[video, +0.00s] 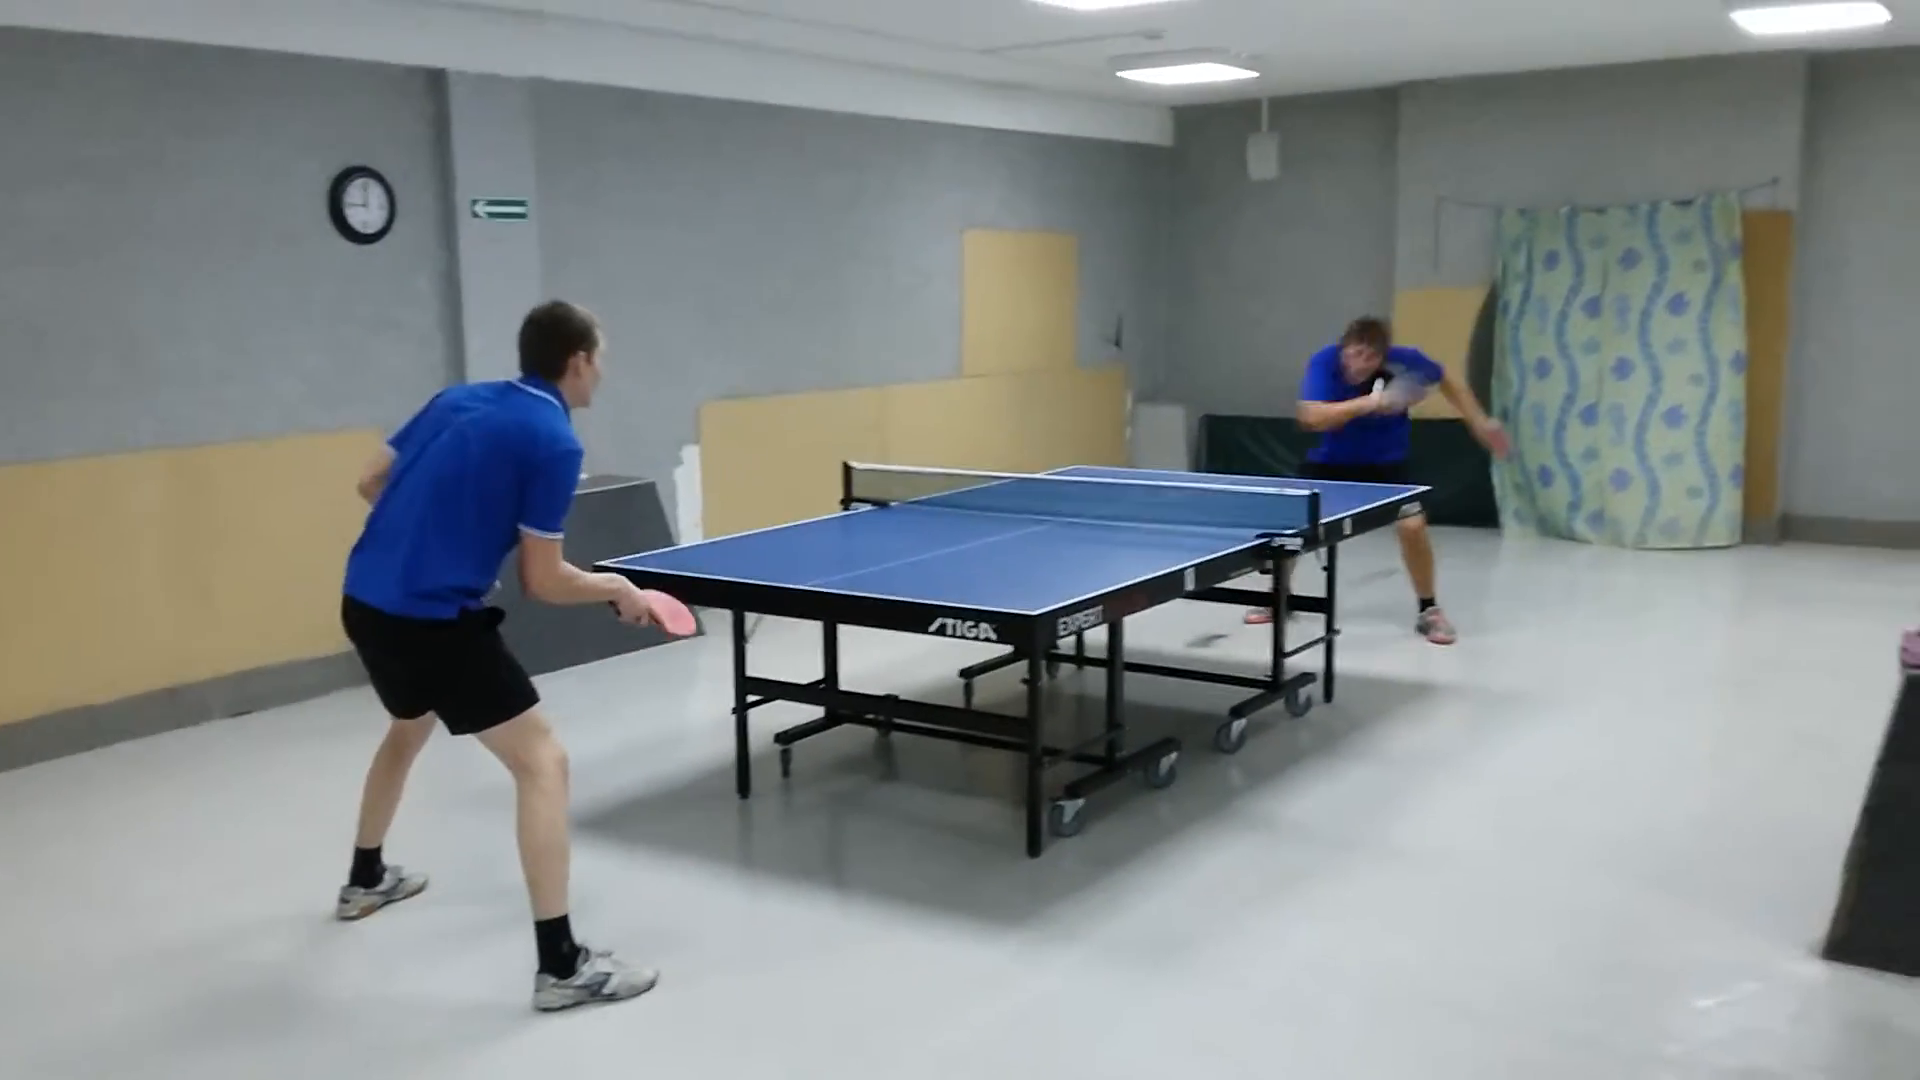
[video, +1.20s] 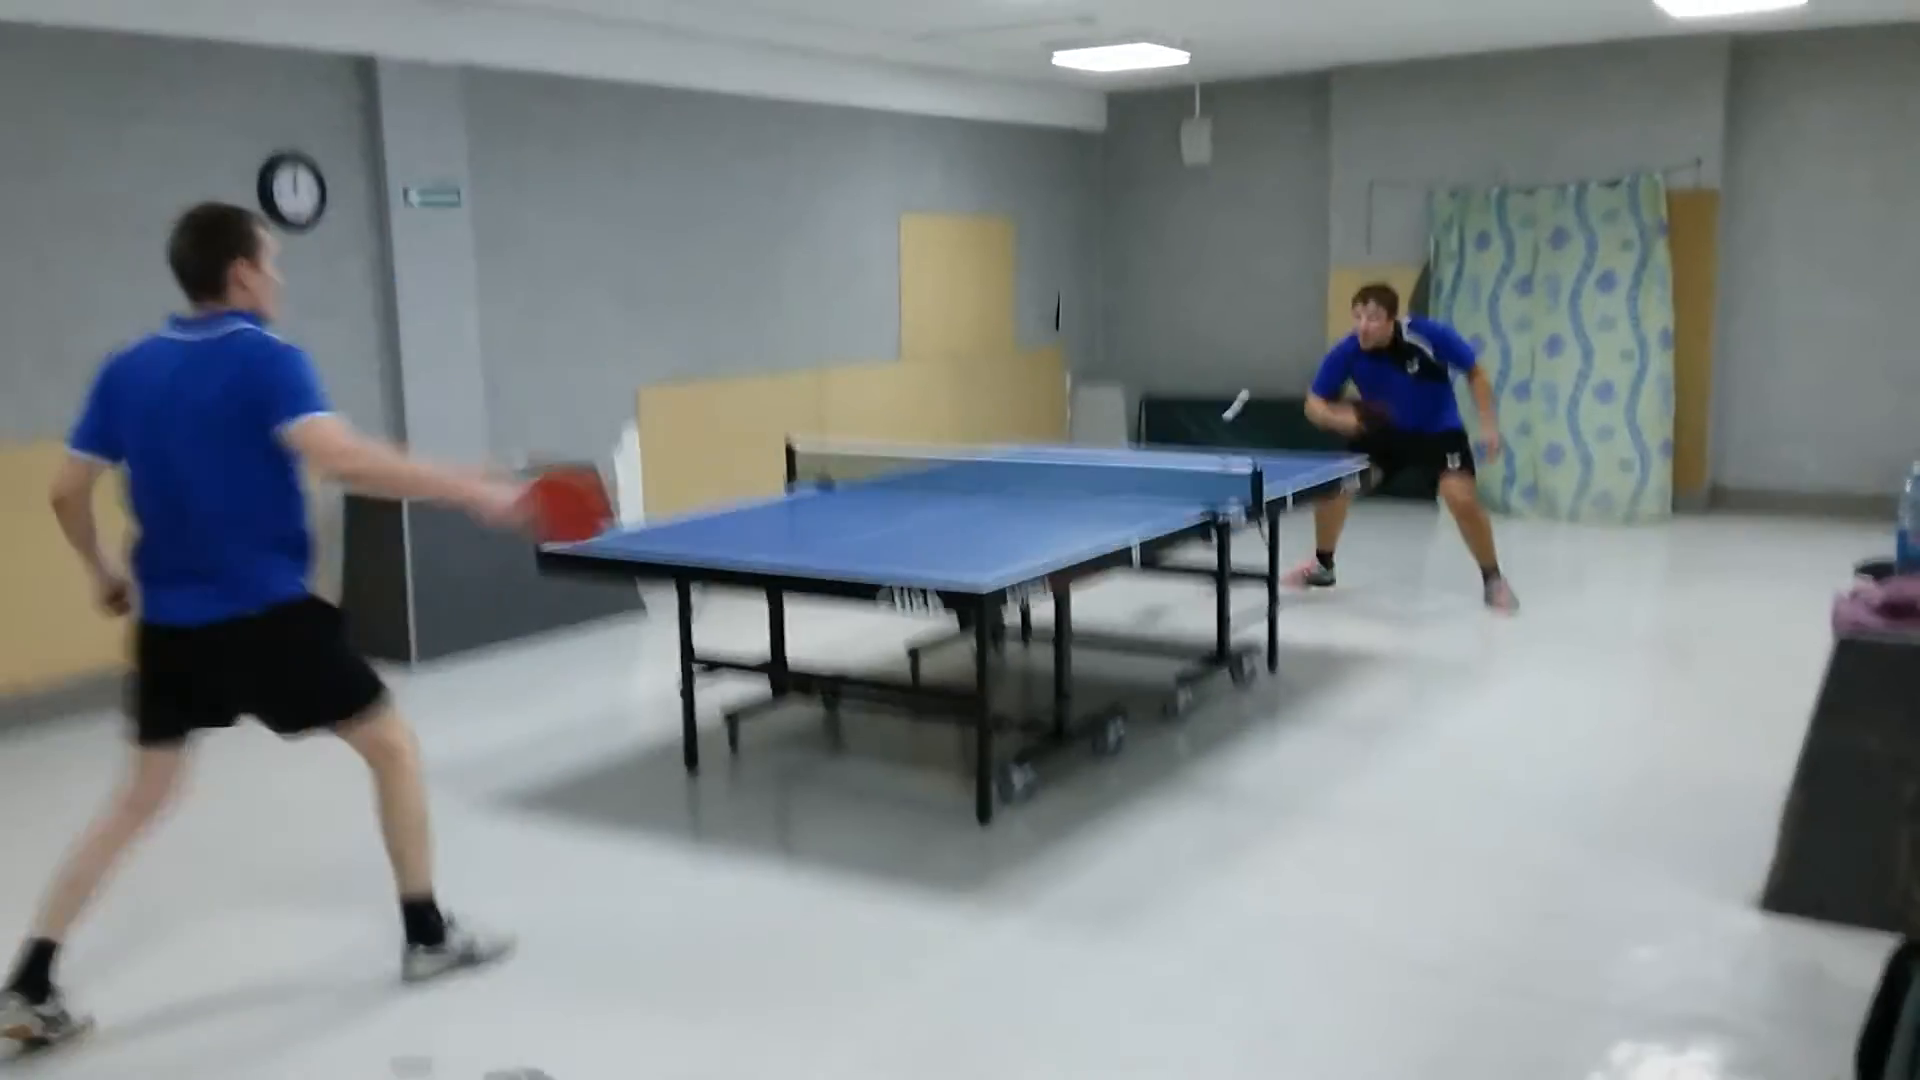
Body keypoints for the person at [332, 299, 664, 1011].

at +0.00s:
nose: (599, 373)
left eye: (597, 360)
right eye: (597, 361)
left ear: (528, 359)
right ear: (576, 364)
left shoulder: (458, 399)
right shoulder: (553, 440)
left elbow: (372, 481)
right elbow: (543, 578)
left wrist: (442, 529)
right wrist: (616, 589)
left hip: (367, 603)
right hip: (437, 616)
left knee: (410, 726)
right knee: (542, 764)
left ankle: (363, 880)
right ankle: (560, 965)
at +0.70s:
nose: (511, 393)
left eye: (510, 381)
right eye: (509, 381)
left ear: (438, 386)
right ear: (493, 382)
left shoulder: (381, 437)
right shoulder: (485, 473)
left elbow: (326, 509)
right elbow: (600, 566)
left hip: (338, 658)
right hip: (409, 666)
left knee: (425, 706)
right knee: (588, 709)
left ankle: (306, 836)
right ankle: (576, 899)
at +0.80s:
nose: (472, 338)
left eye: (467, 324)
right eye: (467, 325)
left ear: (398, 334)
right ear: (450, 331)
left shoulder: (340, 385)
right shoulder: (464, 419)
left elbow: (252, 408)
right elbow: (581, 429)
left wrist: (313, 444)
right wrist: (694, 383)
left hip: (326, 615)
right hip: (406, 624)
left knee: (401, 681)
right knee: (567, 702)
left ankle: (311, 823)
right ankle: (582, 884)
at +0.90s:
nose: (410, 268)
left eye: (402, 254)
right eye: (403, 256)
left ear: (332, 267)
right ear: (388, 263)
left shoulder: (269, 327)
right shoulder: (416, 339)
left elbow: (140, 359)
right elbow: (568, 338)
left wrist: (179, 402)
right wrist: (700, 320)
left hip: (275, 582)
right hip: (367, 584)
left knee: (301, 679)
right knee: (474, 715)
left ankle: (291, 825)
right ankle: (547, 891)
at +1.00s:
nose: (360, 220)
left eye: (354, 206)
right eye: (353, 207)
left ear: (275, 218)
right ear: (330, 216)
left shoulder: (212, 291)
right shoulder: (363, 292)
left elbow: (91, 359)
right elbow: (510, 319)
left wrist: (73, 408)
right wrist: (647, 308)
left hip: (237, 555)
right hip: (338, 551)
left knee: (266, 683)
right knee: (430, 721)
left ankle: (212, 856)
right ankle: (447, 920)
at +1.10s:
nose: (307, 230)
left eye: (301, 214)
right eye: (300, 217)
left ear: (221, 230)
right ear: (277, 227)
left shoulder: (161, 315)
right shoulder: (309, 302)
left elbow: (65, 418)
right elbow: (411, 357)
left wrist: (46, 477)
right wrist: (558, 361)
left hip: (215, 587)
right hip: (318, 578)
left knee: (218, 725)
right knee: (396, 744)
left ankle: (109, 889)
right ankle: (421, 937)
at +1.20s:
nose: (278, 280)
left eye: (275, 264)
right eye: (272, 265)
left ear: (194, 280)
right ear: (242, 274)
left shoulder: (132, 367)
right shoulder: (267, 355)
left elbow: (68, 492)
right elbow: (334, 455)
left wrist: (101, 572)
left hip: (171, 634)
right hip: (273, 621)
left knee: (142, 792)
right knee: (391, 748)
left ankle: (29, 979)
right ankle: (427, 932)